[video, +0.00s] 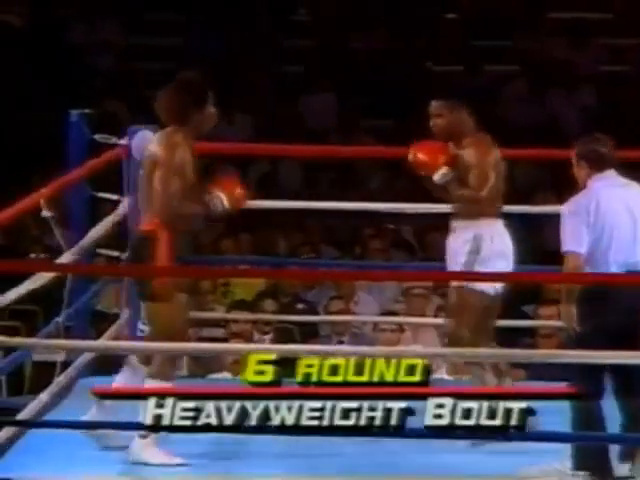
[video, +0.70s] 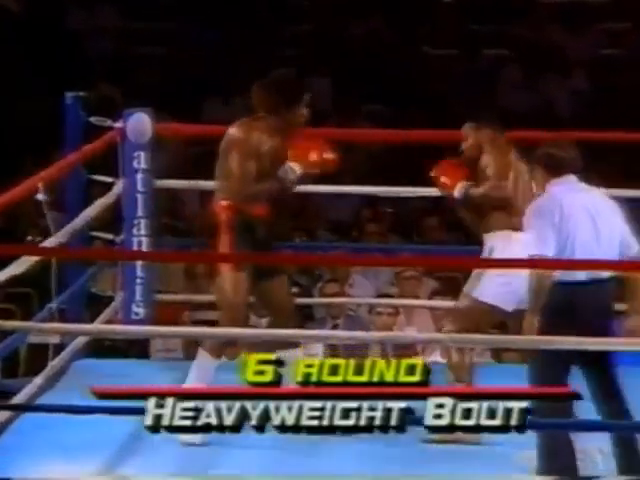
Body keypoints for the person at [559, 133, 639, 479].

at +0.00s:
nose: (574, 172)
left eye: (574, 166)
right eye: (573, 166)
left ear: (582, 166)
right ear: (611, 162)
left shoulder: (580, 204)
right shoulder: (635, 190)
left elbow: (574, 262)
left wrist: (566, 306)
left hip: (600, 295)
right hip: (636, 292)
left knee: (586, 378)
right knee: (629, 376)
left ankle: (593, 461)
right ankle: (633, 447)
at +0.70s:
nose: (533, 178)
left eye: (534, 172)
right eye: (533, 172)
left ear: (543, 172)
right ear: (574, 169)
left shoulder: (544, 205)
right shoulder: (603, 199)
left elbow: (543, 266)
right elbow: (631, 253)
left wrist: (533, 311)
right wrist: (632, 305)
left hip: (564, 295)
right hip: (601, 292)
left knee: (547, 381)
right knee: (600, 375)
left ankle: (558, 465)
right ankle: (630, 457)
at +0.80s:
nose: (512, 179)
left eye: (515, 172)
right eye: (512, 172)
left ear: (528, 171)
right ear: (557, 168)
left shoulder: (532, 203)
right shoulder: (586, 200)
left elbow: (534, 261)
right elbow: (614, 257)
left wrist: (519, 308)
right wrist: (610, 305)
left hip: (549, 291)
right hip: (584, 290)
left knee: (536, 380)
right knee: (583, 375)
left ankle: (553, 467)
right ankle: (621, 463)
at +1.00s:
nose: (470, 168)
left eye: (472, 161)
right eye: (470, 161)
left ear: (484, 161)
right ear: (514, 156)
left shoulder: (495, 193)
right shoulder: (544, 188)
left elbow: (491, 257)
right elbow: (566, 246)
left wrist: (481, 305)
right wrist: (560, 295)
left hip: (514, 283)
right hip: (547, 279)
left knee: (511, 375)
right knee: (522, 369)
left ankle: (535, 464)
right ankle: (523, 458)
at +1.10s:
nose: (452, 176)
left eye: (453, 167)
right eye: (452, 168)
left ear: (464, 165)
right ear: (491, 161)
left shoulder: (473, 198)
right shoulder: (520, 189)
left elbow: (469, 264)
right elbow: (543, 249)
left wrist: (446, 303)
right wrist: (531, 288)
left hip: (494, 292)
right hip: (524, 288)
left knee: (503, 383)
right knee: (479, 379)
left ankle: (533, 469)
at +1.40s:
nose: (399, 177)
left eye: (401, 170)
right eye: (400, 170)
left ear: (411, 170)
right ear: (439, 165)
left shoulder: (420, 204)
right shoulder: (465, 198)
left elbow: (415, 265)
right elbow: (487, 256)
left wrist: (389, 304)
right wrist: (478, 294)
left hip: (439, 295)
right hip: (468, 291)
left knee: (453, 385)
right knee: (433, 383)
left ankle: (516, 469)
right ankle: (409, 467)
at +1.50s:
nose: (374, 169)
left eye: (377, 163)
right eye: (375, 161)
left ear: (386, 165)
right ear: (416, 161)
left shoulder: (395, 200)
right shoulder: (442, 195)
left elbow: (391, 262)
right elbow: (460, 255)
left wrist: (368, 306)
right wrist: (449, 293)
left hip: (408, 291)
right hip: (440, 288)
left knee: (402, 384)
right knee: (414, 382)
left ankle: (471, 453)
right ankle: (406, 465)